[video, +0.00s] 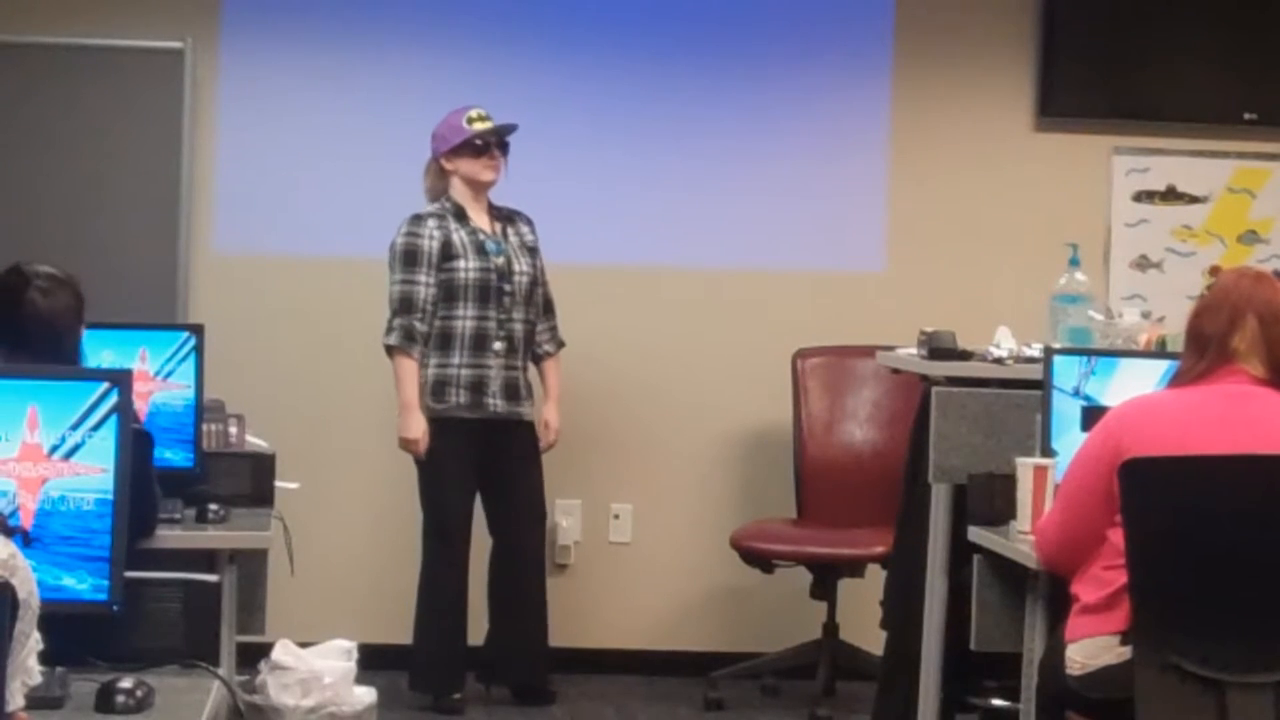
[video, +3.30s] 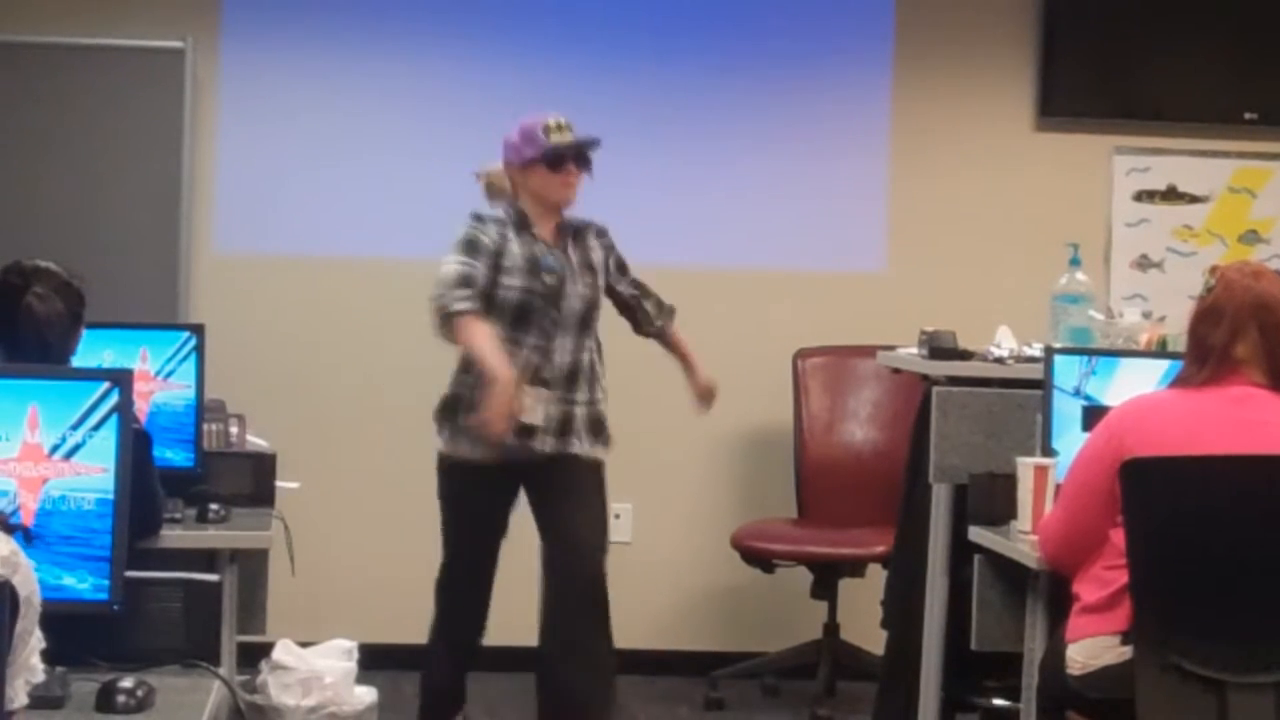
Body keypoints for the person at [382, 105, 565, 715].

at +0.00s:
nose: (493, 157)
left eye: (497, 148)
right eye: (478, 149)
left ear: (501, 159)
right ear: (447, 160)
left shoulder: (518, 230)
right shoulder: (422, 229)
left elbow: (542, 320)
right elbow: (404, 329)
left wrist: (551, 397)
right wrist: (410, 409)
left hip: (513, 417)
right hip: (447, 418)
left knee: (522, 547)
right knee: (447, 552)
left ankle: (519, 673)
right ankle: (439, 681)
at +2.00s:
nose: (478, 155)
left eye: (492, 147)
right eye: (477, 147)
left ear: (530, 156)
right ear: (484, 158)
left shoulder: (573, 233)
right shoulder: (455, 229)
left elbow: (597, 331)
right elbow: (428, 322)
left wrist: (594, 414)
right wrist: (415, 404)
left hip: (547, 415)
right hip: (467, 411)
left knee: (542, 549)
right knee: (463, 541)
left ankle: (532, 694)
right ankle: (468, 669)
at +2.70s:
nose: (479, 171)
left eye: (493, 164)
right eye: (481, 162)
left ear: (532, 175)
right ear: (490, 174)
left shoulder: (573, 251)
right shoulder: (460, 249)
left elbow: (574, 343)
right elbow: (435, 344)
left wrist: (514, 391)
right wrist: (419, 427)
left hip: (552, 440)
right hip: (466, 437)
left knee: (558, 570)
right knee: (450, 568)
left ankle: (572, 701)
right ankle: (468, 709)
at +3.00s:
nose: (511, 165)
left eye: (526, 155)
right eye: (499, 153)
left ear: (548, 166)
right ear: (483, 162)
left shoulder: (572, 240)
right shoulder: (449, 236)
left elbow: (572, 335)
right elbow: (414, 329)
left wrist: (526, 389)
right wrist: (411, 402)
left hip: (543, 430)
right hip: (457, 426)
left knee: (557, 572)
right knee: (453, 568)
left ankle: (524, 706)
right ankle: (454, 703)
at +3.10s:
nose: (536, 177)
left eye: (547, 168)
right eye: (521, 167)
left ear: (558, 180)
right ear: (492, 178)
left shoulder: (576, 257)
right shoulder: (450, 249)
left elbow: (594, 366)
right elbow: (407, 349)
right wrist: (400, 440)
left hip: (549, 450)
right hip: (460, 449)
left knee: (580, 580)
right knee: (454, 592)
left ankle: (533, 714)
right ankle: (446, 714)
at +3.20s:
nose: (556, 163)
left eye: (564, 154)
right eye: (540, 154)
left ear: (571, 164)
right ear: (506, 161)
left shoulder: (589, 240)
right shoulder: (465, 229)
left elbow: (632, 326)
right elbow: (424, 316)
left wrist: (667, 413)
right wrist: (440, 393)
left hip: (556, 433)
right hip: (471, 430)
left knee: (575, 569)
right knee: (458, 575)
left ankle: (569, 711)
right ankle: (437, 711)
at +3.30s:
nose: (571, 175)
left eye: (577, 165)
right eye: (555, 164)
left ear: (581, 173)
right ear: (519, 173)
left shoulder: (592, 243)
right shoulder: (487, 231)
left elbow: (640, 303)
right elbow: (456, 306)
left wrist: (692, 364)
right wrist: (500, 370)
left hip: (569, 441)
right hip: (484, 438)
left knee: (581, 579)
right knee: (464, 580)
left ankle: (578, 710)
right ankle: (439, 707)